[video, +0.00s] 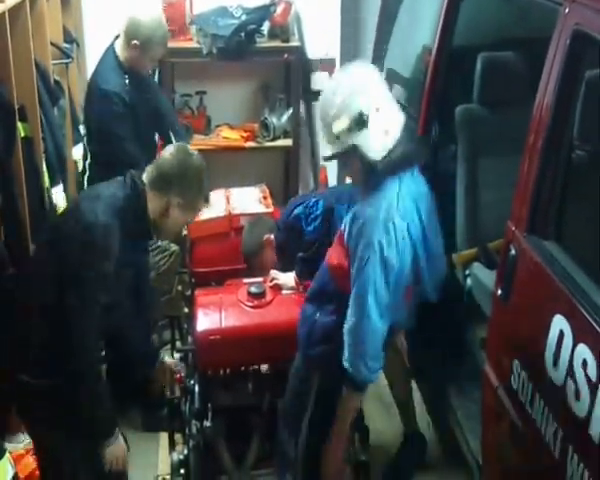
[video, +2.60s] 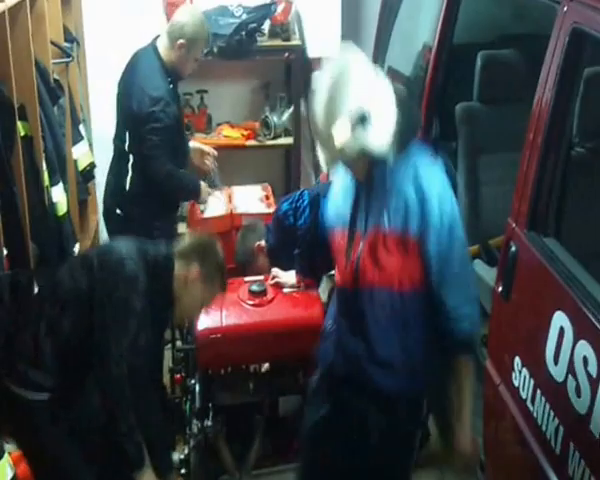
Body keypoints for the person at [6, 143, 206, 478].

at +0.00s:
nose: (187, 226)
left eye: (192, 217)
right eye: (189, 215)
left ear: (168, 201)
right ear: (169, 205)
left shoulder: (127, 210)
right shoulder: (101, 228)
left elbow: (131, 306)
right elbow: (84, 341)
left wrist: (151, 364)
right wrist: (106, 432)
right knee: (77, 470)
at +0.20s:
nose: (189, 213)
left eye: (193, 204)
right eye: (191, 203)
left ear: (171, 189)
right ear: (173, 193)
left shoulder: (130, 201)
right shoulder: (113, 215)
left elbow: (128, 309)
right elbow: (101, 317)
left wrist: (156, 364)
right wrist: (113, 406)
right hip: (60, 370)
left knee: (113, 463)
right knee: (82, 466)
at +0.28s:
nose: (186, 204)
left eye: (190, 196)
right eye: (189, 194)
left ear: (165, 177)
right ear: (175, 182)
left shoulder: (120, 189)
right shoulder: (123, 206)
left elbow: (123, 294)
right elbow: (118, 302)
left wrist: (150, 355)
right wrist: (141, 372)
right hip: (67, 360)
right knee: (93, 461)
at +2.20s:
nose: (186, 239)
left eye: (193, 231)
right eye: (190, 226)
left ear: (171, 195)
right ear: (173, 197)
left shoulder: (141, 216)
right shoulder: (125, 217)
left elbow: (143, 312)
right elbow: (117, 311)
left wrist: (150, 379)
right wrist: (142, 383)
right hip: (55, 356)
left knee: (111, 454)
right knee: (81, 461)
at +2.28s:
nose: (190, 249)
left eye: (196, 241)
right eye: (193, 236)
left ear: (177, 205)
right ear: (178, 205)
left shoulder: (150, 232)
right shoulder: (121, 222)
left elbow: (143, 325)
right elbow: (116, 322)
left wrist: (149, 392)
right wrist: (137, 395)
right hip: (53, 364)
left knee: (111, 459)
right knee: (77, 464)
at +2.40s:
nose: (192, 267)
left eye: (198, 258)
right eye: (196, 255)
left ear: (184, 225)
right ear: (184, 227)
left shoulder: (154, 248)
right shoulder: (123, 240)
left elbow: (144, 345)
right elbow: (110, 343)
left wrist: (150, 424)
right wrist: (125, 433)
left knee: (109, 463)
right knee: (76, 467)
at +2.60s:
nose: (196, 317)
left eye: (205, 307)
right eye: (204, 302)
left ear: (190, 274)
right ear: (192, 275)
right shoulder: (126, 271)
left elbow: (148, 382)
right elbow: (118, 373)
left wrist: (165, 463)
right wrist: (140, 464)